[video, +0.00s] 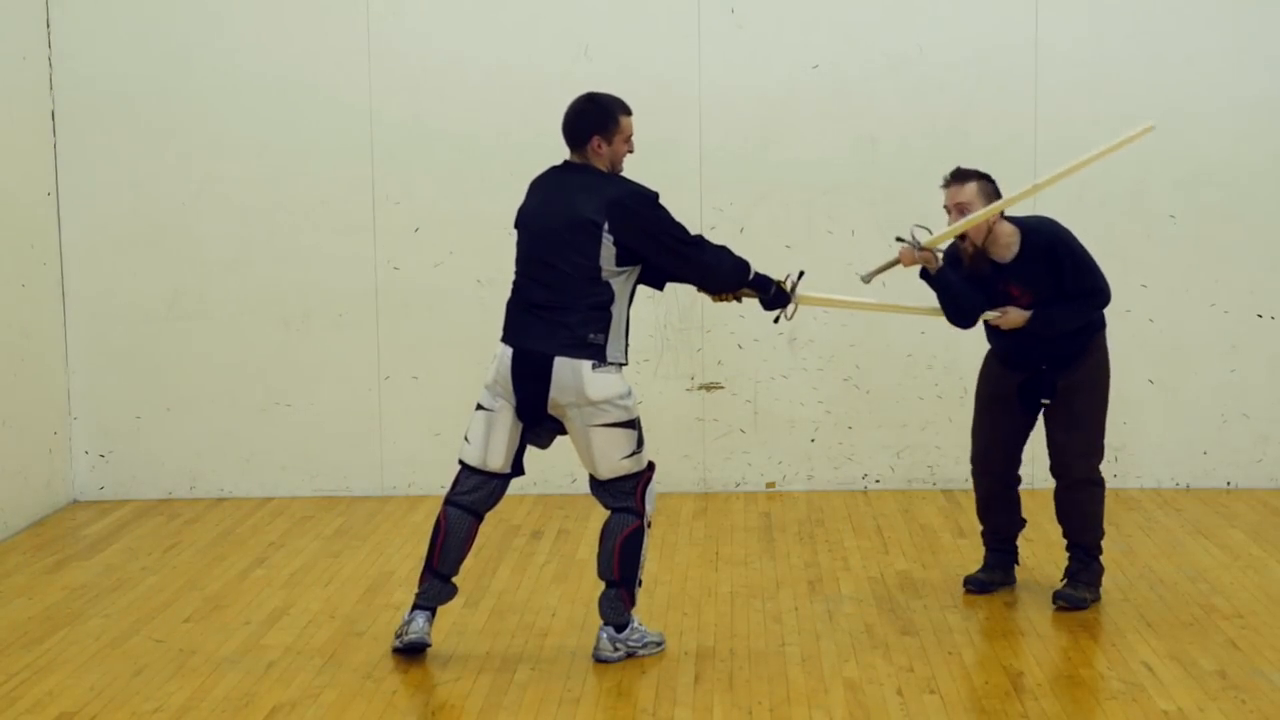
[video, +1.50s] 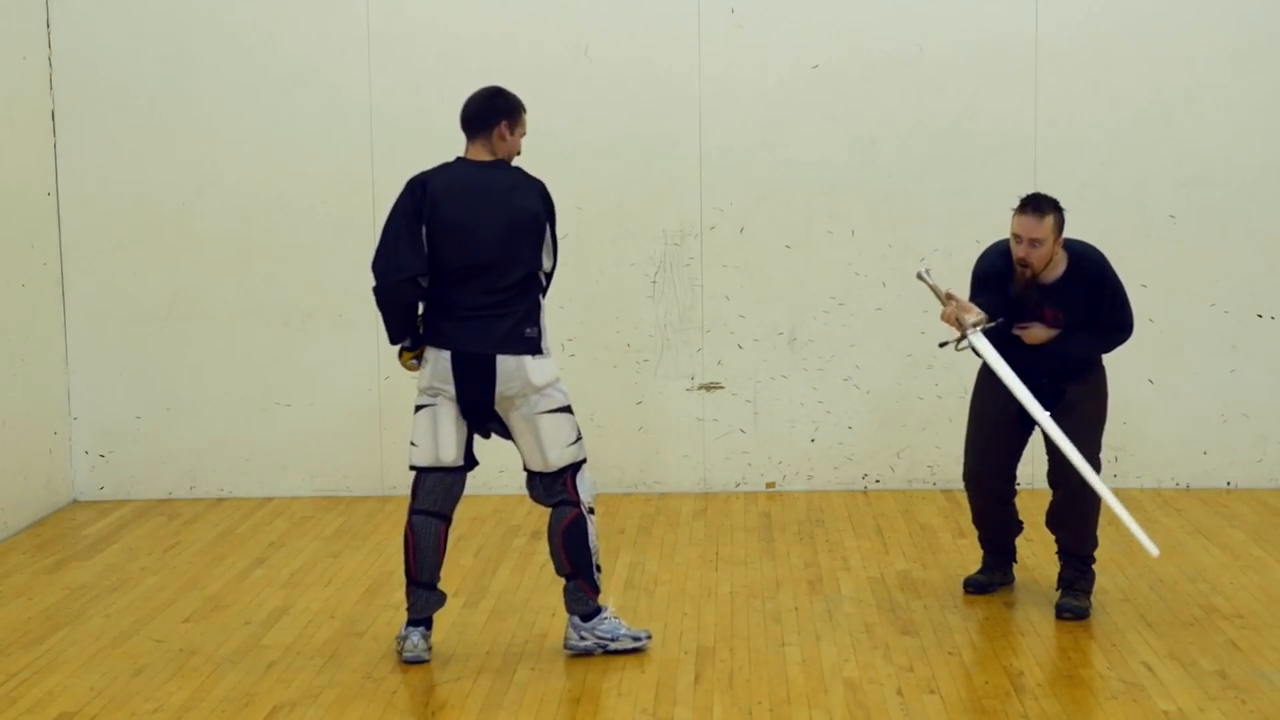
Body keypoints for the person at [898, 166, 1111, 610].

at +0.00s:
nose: (956, 220)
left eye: (964, 209)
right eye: (950, 211)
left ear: (994, 209)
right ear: (948, 215)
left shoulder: (1047, 237)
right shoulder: (959, 258)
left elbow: (1097, 294)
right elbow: (964, 317)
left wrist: (1031, 317)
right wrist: (932, 266)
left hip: (1076, 358)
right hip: (1009, 359)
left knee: (1076, 465)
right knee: (991, 460)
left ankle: (1083, 570)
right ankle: (999, 560)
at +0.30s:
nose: (963, 233)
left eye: (973, 222)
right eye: (958, 223)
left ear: (1002, 221)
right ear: (954, 224)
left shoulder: (1046, 248)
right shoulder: (961, 266)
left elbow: (1097, 304)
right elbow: (977, 337)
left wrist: (1033, 327)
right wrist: (948, 296)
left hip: (1064, 367)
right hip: (997, 368)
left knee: (1065, 469)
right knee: (977, 467)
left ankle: (1075, 574)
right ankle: (997, 562)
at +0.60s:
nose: (983, 247)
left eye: (994, 236)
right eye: (977, 236)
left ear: (1020, 235)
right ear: (971, 235)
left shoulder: (1061, 260)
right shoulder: (969, 274)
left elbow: (1107, 315)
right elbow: (984, 352)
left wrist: (1045, 339)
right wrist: (960, 318)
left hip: (1069, 375)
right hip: (1000, 376)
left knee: (1072, 476)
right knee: (978, 472)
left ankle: (1075, 580)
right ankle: (996, 562)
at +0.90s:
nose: (1015, 254)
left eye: (1026, 243)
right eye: (1007, 242)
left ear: (1046, 239)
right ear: (997, 237)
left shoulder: (1077, 264)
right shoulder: (986, 268)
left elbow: (1116, 320)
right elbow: (989, 352)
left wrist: (1054, 339)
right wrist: (972, 322)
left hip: (1074, 379)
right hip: (1006, 377)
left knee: (1076, 476)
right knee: (984, 471)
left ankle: (1075, 581)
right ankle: (997, 563)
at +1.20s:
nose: (1028, 257)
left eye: (1038, 247)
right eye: (1020, 245)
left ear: (1058, 242)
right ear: (1010, 238)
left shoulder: (1089, 268)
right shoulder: (994, 267)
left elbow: (1121, 325)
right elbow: (989, 351)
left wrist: (1057, 337)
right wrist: (975, 323)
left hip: (1075, 375)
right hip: (1006, 370)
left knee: (1076, 478)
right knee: (984, 470)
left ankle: (1075, 582)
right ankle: (997, 562)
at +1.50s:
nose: (1024, 252)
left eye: (1035, 243)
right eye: (1018, 240)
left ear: (1058, 240)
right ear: (1011, 233)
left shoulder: (1090, 267)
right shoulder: (994, 264)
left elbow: (1119, 327)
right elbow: (989, 338)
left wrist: (1056, 337)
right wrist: (973, 323)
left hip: (1074, 375)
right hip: (1005, 370)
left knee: (1075, 476)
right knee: (984, 470)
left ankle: (1075, 582)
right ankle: (997, 563)